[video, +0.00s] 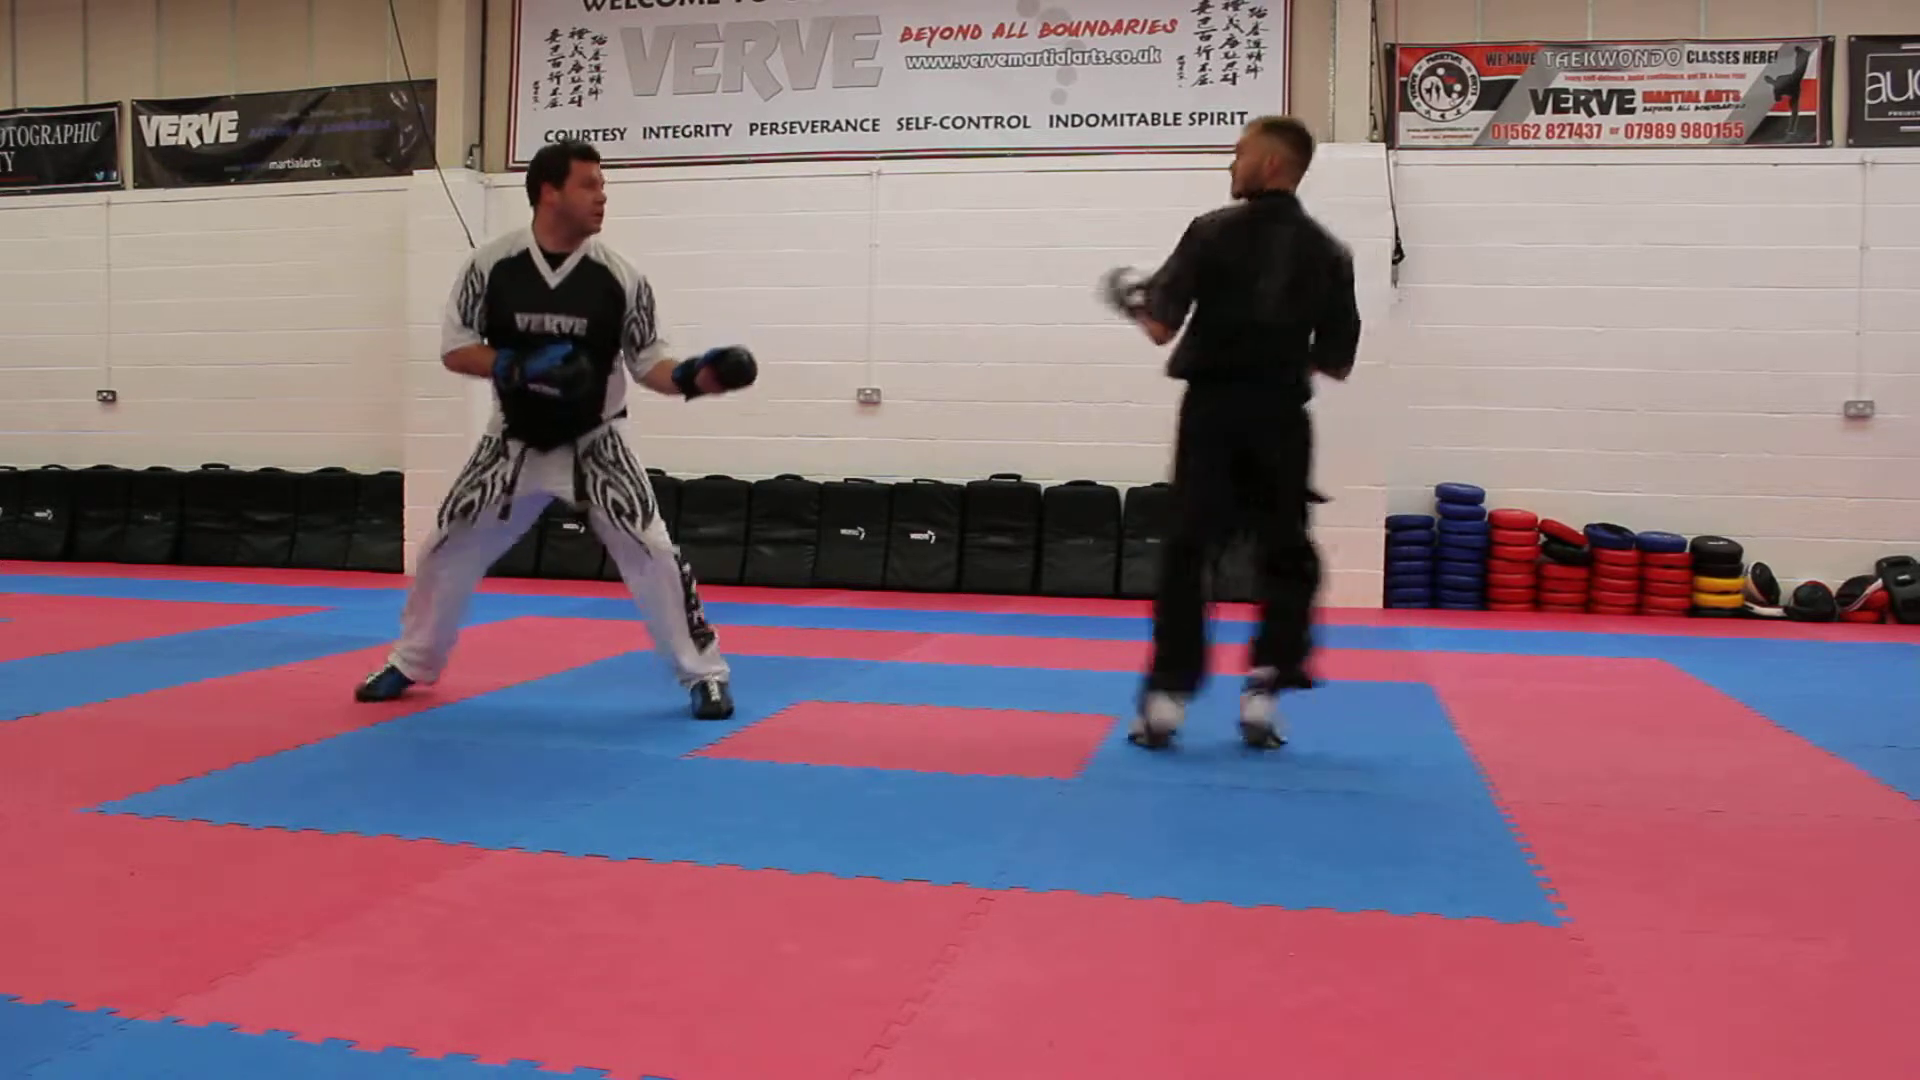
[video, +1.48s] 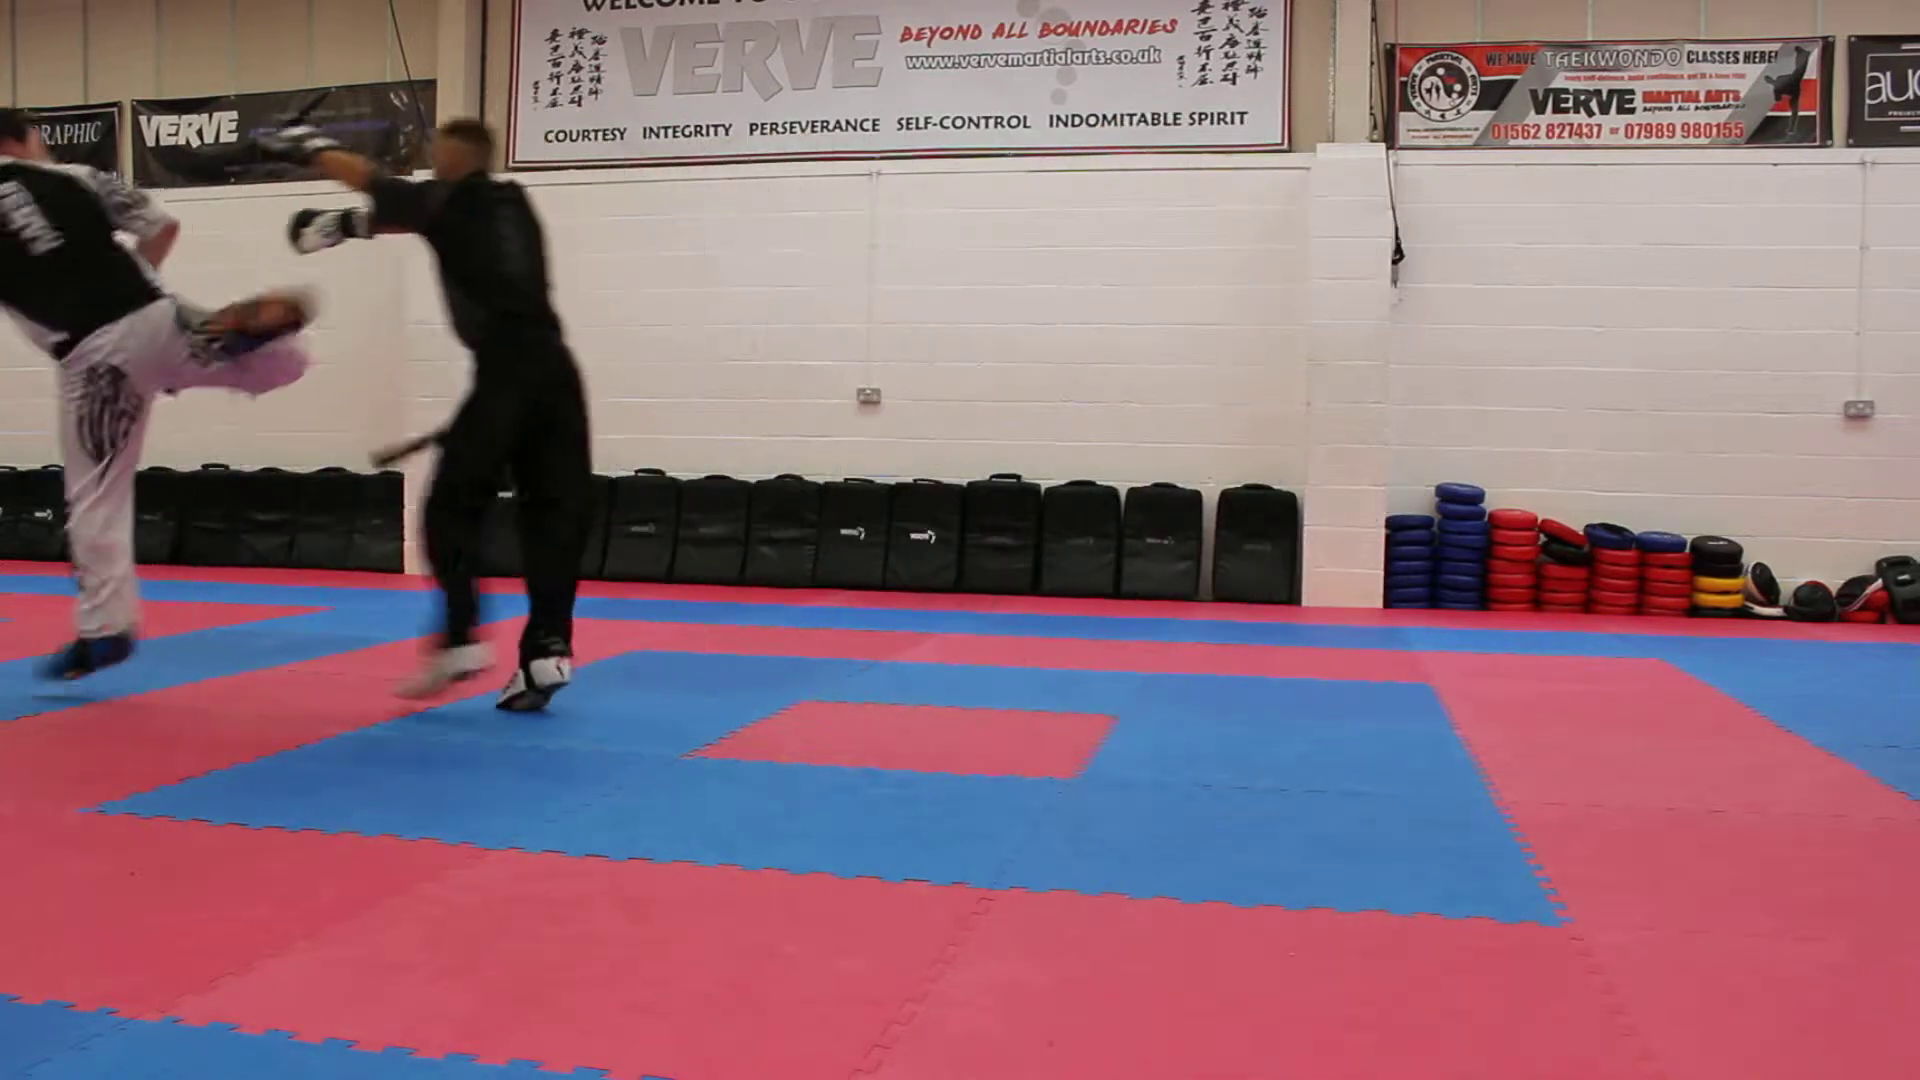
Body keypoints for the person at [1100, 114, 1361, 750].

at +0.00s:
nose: (1232, 163)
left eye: (1241, 152)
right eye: (1237, 151)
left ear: (1270, 162)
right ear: (1296, 168)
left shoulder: (1213, 231)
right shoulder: (1327, 252)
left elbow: (1160, 324)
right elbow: (1336, 360)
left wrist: (1135, 295)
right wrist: (1278, 342)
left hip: (1208, 419)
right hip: (1281, 423)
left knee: (1187, 548)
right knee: (1288, 552)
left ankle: (1166, 697)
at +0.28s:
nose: (1164, 149)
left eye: (1174, 138)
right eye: (1170, 137)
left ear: (1196, 149)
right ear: (1224, 154)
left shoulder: (1153, 205)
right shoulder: (1243, 244)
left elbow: (1074, 252)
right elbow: (1232, 345)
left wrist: (1016, 216)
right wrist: (1169, 318)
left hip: (1079, 351)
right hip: (1137, 395)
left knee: (1017, 320)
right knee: (1146, 526)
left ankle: (931, 412)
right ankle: (1145, 684)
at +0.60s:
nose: (1040, 173)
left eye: (1047, 163)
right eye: (1044, 161)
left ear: (1063, 172)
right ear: (1100, 178)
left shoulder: (1020, 238)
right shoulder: (1126, 273)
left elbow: (935, 304)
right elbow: (1135, 378)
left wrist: (894, 260)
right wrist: (1075, 353)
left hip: (948, 388)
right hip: (1013, 424)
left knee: (847, 444)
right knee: (1041, 558)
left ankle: (756, 521)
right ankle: (1039, 704)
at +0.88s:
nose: (796, 170)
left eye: (804, 160)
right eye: (801, 159)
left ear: (822, 167)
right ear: (849, 170)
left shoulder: (788, 224)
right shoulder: (892, 231)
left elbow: (705, 190)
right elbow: (949, 293)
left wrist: (628, 162)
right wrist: (905, 318)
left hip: (841, 421)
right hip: (905, 417)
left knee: (814, 558)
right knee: (953, 546)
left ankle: (808, 704)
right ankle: (1021, 674)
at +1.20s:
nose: (582, 190)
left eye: (590, 179)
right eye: (582, 181)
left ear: (619, 174)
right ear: (603, 179)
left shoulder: (636, 222)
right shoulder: (616, 220)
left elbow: (550, 199)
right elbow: (547, 200)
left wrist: (484, 142)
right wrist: (488, 146)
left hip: (657, 408)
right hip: (651, 406)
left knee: (670, 538)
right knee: (631, 542)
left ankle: (764, 665)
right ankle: (570, 664)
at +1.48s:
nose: (436, 159)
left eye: (442, 150)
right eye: (439, 150)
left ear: (459, 155)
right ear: (488, 157)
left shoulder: (451, 203)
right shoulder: (514, 202)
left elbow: (366, 177)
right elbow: (422, 210)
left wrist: (308, 149)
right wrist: (351, 223)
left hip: (504, 382)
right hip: (556, 379)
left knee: (449, 508)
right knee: (553, 517)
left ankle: (460, 641)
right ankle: (547, 654)